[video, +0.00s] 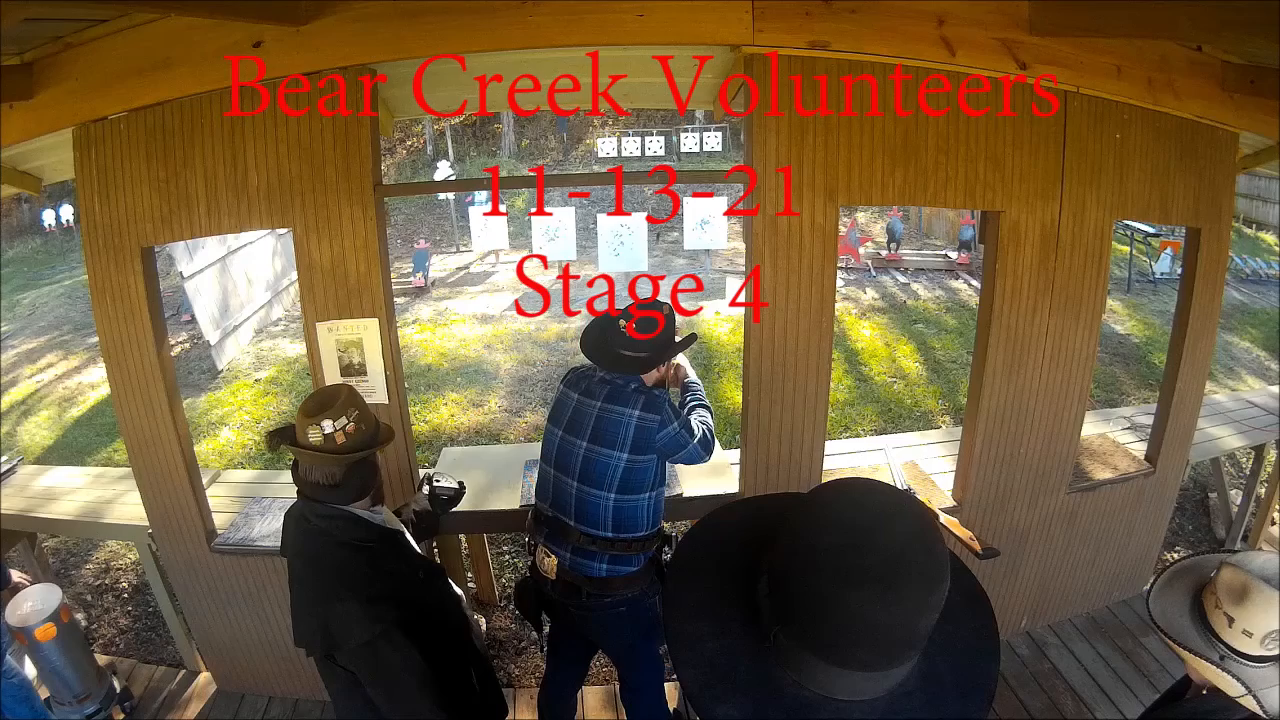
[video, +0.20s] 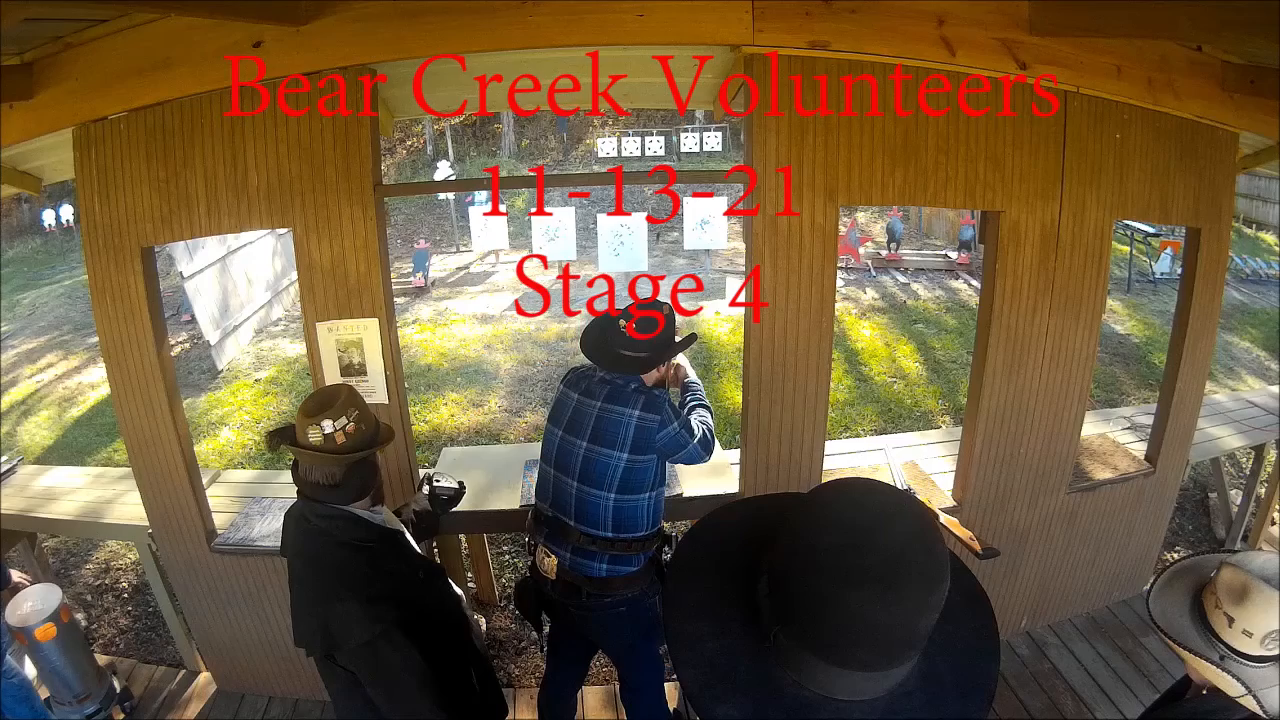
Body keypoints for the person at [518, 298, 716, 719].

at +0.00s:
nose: (669, 361)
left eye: (668, 354)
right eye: (666, 354)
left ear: (607, 350)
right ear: (651, 364)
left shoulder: (571, 384)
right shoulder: (653, 412)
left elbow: (615, 392)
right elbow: (701, 445)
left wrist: (652, 379)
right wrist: (690, 380)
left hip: (558, 579)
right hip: (620, 590)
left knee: (558, 686)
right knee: (645, 691)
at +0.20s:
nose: (668, 360)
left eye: (668, 354)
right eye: (666, 354)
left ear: (607, 350)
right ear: (651, 364)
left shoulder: (571, 384)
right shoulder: (653, 412)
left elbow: (616, 393)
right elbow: (701, 445)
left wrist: (652, 379)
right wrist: (691, 380)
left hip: (556, 578)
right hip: (619, 591)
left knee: (558, 684)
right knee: (645, 689)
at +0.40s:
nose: (669, 360)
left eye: (668, 354)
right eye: (666, 354)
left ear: (607, 350)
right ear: (652, 364)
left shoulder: (571, 384)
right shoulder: (653, 412)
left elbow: (615, 392)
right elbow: (701, 445)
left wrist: (651, 379)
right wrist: (690, 380)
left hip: (559, 578)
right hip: (620, 590)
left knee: (558, 685)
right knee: (645, 690)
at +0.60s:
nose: (668, 361)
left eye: (667, 354)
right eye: (666, 354)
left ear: (607, 350)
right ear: (652, 364)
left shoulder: (571, 383)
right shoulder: (653, 412)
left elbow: (615, 392)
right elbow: (701, 445)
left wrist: (651, 379)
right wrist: (690, 380)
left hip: (558, 578)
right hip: (619, 590)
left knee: (558, 685)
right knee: (645, 690)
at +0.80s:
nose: (668, 360)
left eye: (667, 354)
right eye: (665, 354)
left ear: (607, 350)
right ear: (652, 364)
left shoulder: (571, 383)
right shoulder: (653, 412)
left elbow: (615, 392)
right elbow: (701, 445)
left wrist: (651, 379)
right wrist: (690, 380)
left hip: (558, 577)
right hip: (620, 589)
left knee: (558, 684)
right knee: (645, 690)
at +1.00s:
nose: (669, 360)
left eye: (668, 353)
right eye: (666, 354)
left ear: (608, 350)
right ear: (651, 365)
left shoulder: (572, 383)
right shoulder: (653, 412)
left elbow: (616, 393)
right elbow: (701, 445)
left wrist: (651, 378)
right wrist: (691, 380)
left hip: (555, 576)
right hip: (618, 590)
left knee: (559, 682)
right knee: (644, 686)